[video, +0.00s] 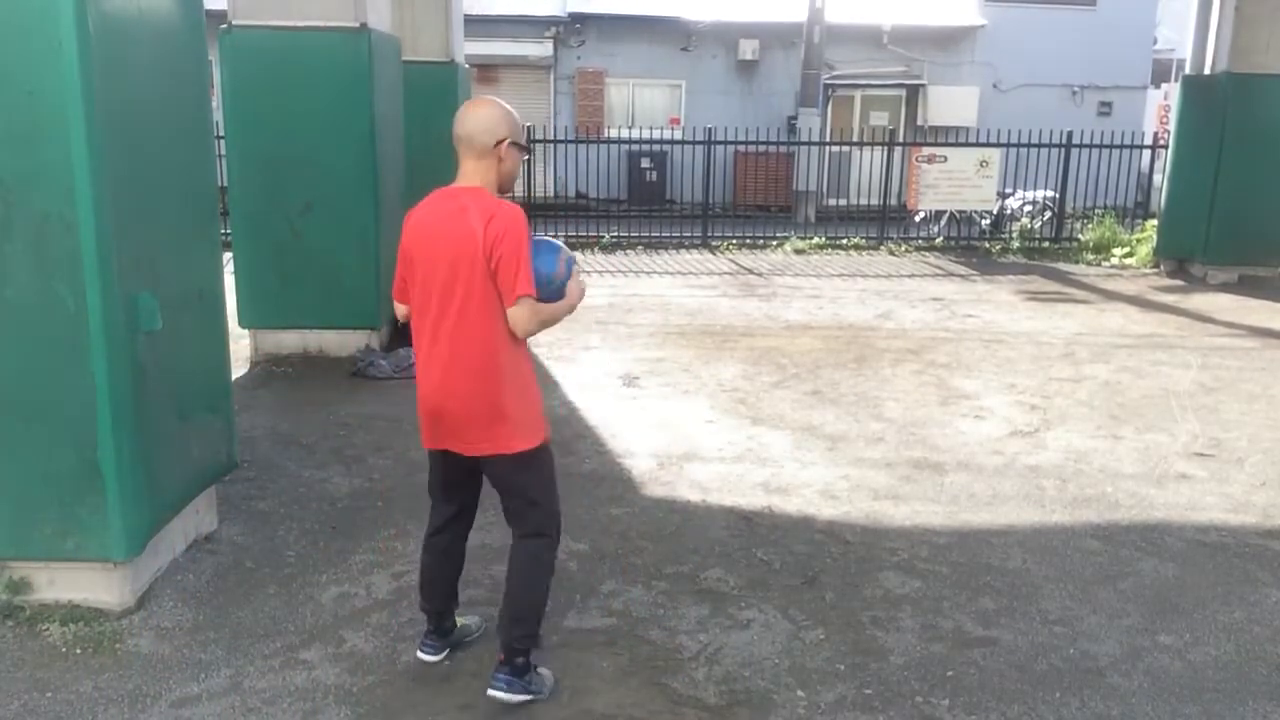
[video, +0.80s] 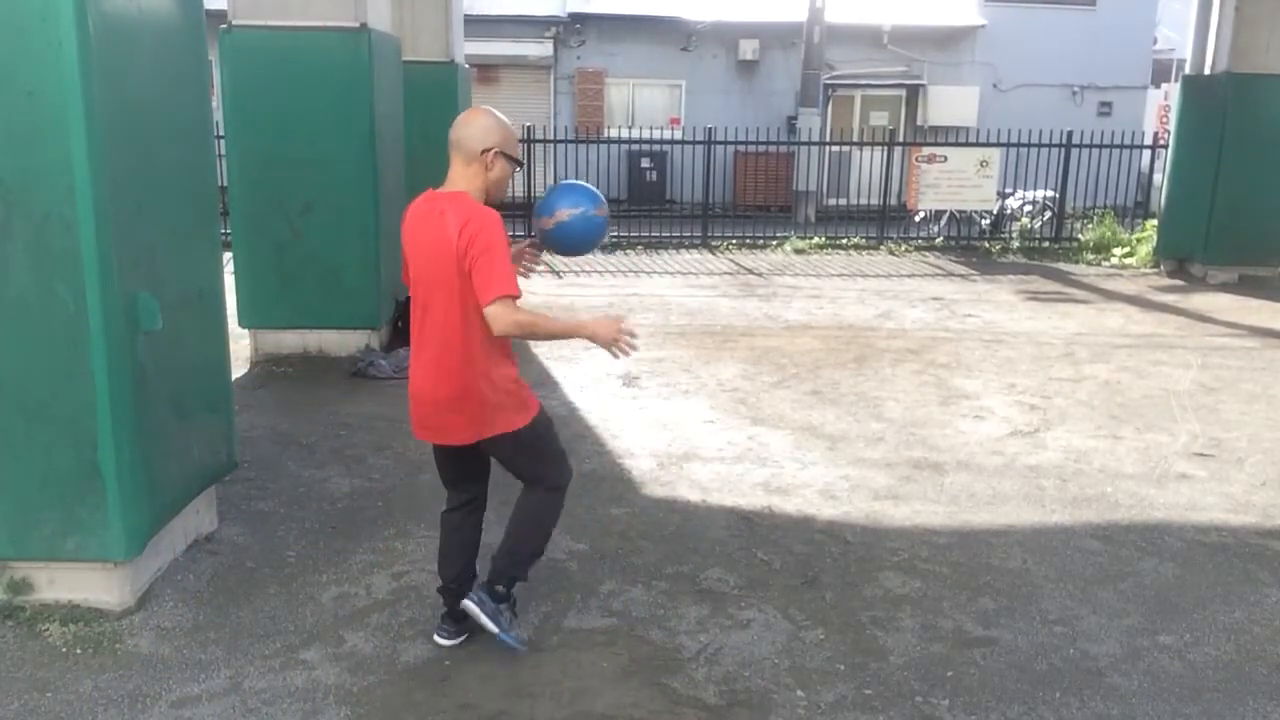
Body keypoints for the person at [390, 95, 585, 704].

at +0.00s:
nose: (521, 158)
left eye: (521, 147)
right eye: (519, 148)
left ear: (462, 148)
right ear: (500, 150)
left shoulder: (419, 215)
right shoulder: (502, 218)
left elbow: (405, 308)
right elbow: (522, 321)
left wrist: (488, 289)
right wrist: (566, 302)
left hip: (440, 404)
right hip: (502, 407)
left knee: (448, 514)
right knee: (536, 526)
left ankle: (437, 630)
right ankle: (515, 666)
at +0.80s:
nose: (512, 176)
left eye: (514, 165)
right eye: (512, 163)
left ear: (458, 155)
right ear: (488, 158)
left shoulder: (418, 210)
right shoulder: (480, 220)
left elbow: (418, 280)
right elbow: (503, 318)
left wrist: (499, 262)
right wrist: (585, 328)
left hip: (434, 392)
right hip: (488, 392)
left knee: (463, 497)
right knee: (549, 476)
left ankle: (454, 614)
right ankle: (497, 592)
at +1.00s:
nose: (517, 181)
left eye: (519, 170)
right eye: (517, 168)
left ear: (470, 159)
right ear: (495, 161)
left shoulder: (427, 211)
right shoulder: (479, 220)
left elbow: (441, 288)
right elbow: (469, 320)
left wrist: (516, 292)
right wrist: (533, 384)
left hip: (433, 388)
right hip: (478, 381)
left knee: (466, 492)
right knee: (579, 358)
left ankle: (456, 613)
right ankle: (531, 474)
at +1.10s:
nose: (517, 169)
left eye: (519, 158)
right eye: (516, 156)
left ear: (468, 152)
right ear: (494, 153)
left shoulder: (428, 206)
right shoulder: (484, 216)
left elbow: (434, 280)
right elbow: (477, 313)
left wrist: (494, 282)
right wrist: (537, 385)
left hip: (437, 383)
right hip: (480, 378)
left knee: (465, 496)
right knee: (584, 383)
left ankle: (455, 615)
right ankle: (523, 489)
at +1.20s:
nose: (516, 164)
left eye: (517, 152)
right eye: (515, 151)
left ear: (463, 148)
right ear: (496, 149)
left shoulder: (424, 208)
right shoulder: (491, 214)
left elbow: (412, 288)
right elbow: (497, 311)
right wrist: (560, 378)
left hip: (440, 389)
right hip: (492, 387)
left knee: (465, 494)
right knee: (567, 465)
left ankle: (455, 616)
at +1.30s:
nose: (521, 174)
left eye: (520, 163)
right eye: (521, 163)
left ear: (465, 161)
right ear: (509, 163)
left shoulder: (426, 223)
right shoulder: (509, 230)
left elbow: (395, 303)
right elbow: (536, 328)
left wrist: (449, 330)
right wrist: (601, 375)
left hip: (461, 392)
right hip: (507, 401)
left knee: (506, 476)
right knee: (526, 512)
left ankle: (480, 557)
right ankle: (485, 630)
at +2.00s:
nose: (535, 173)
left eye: (533, 163)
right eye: (530, 162)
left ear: (491, 166)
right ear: (505, 166)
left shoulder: (464, 222)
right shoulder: (501, 232)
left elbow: (501, 282)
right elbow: (487, 322)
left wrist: (554, 294)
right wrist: (535, 404)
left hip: (499, 385)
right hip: (535, 380)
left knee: (520, 471)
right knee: (641, 335)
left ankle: (481, 586)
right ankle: (614, 448)